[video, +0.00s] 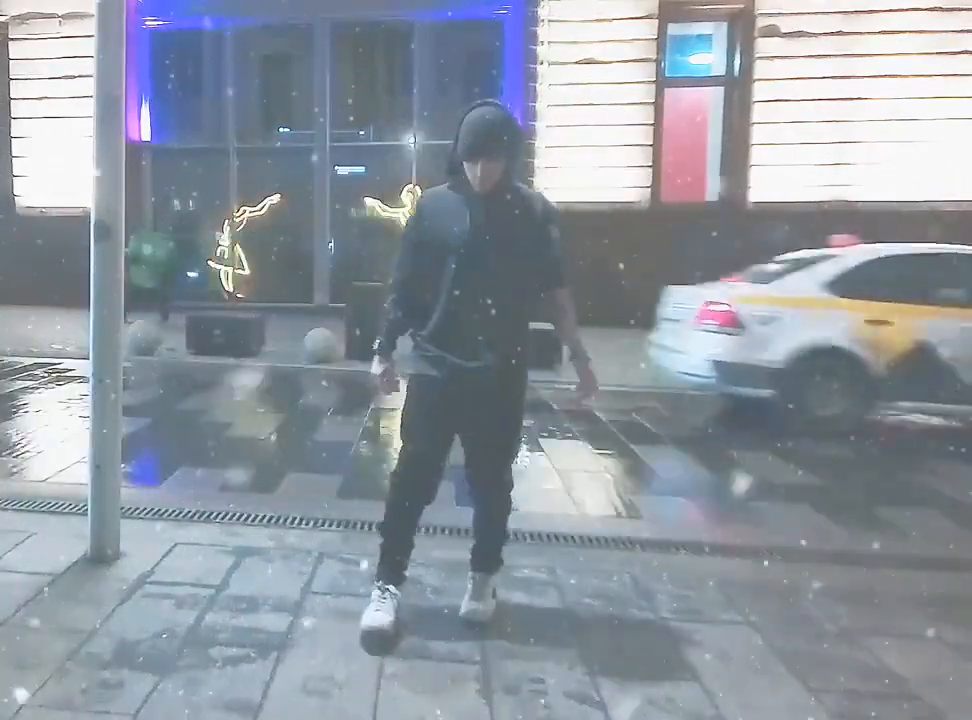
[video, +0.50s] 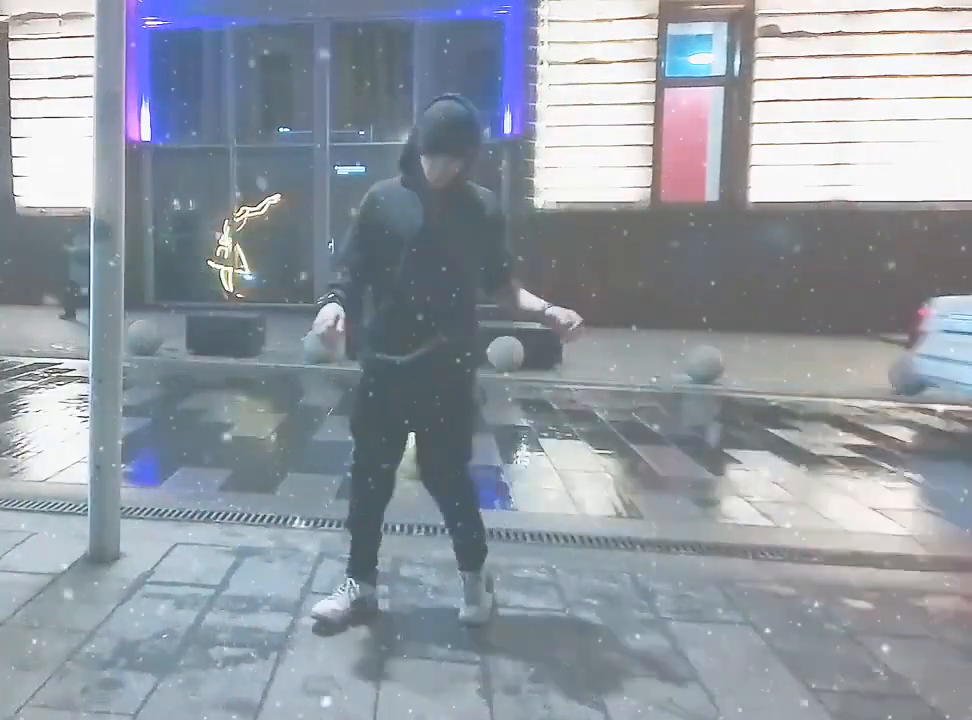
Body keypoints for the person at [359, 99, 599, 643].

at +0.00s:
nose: (481, 170)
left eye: (492, 158)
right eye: (472, 158)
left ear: (512, 158)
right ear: (460, 157)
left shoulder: (535, 215)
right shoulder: (434, 207)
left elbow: (557, 291)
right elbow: (404, 285)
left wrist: (578, 355)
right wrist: (385, 347)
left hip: (499, 374)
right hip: (433, 366)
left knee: (491, 481)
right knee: (412, 477)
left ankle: (483, 578)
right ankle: (386, 587)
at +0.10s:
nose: (481, 170)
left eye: (492, 159)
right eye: (472, 158)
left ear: (511, 160)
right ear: (459, 156)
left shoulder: (527, 220)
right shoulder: (428, 206)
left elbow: (548, 293)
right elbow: (395, 283)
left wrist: (580, 349)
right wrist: (372, 343)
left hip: (491, 373)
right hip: (427, 366)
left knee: (486, 487)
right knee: (403, 481)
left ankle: (481, 580)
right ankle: (374, 586)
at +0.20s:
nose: (474, 169)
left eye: (486, 159)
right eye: (466, 157)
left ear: (505, 160)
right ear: (454, 155)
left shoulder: (520, 218)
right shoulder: (422, 204)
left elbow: (531, 289)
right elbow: (384, 275)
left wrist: (571, 332)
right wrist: (364, 332)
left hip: (483, 368)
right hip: (419, 363)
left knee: (480, 484)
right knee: (393, 480)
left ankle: (481, 577)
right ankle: (368, 582)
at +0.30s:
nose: (476, 168)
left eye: (486, 157)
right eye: (468, 156)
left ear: (498, 158)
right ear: (449, 153)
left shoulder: (504, 215)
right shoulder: (410, 203)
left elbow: (517, 290)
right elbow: (377, 270)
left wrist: (567, 318)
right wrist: (359, 316)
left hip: (472, 361)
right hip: (409, 358)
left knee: (470, 477)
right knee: (387, 476)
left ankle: (480, 574)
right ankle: (363, 581)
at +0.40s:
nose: (459, 168)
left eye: (469, 157)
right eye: (451, 156)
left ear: (483, 157)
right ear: (434, 151)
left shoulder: (491, 214)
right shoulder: (397, 202)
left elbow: (510, 290)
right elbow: (364, 271)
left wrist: (558, 309)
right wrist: (348, 304)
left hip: (461, 364)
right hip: (398, 361)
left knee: (456, 476)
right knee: (379, 476)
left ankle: (477, 572)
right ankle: (362, 580)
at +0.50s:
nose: (443, 167)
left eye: (454, 156)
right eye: (435, 155)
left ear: (469, 158)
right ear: (418, 149)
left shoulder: (480, 212)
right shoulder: (383, 202)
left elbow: (500, 288)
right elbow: (349, 269)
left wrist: (547, 310)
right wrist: (336, 303)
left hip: (448, 368)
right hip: (385, 365)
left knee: (445, 475)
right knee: (368, 478)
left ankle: (475, 575)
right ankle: (360, 585)